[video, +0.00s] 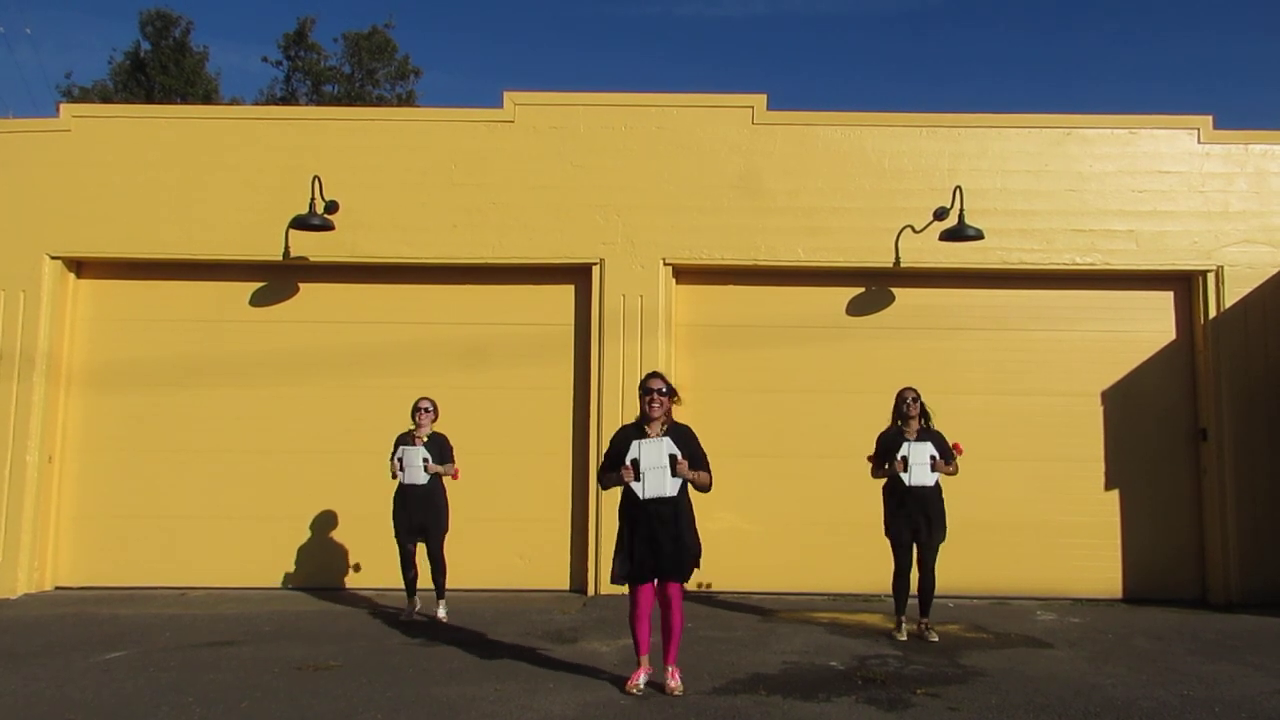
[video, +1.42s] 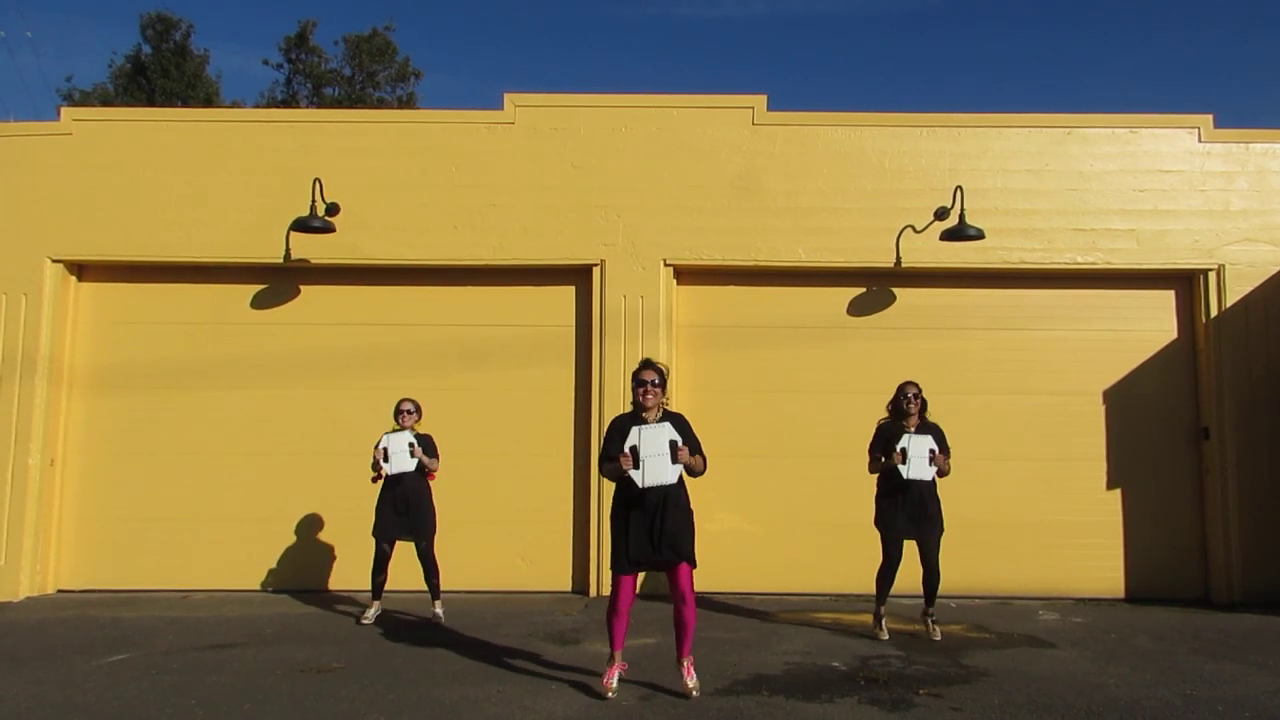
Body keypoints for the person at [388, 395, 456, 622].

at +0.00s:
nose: (422, 414)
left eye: (427, 410)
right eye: (418, 410)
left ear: (434, 415)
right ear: (413, 415)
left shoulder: (441, 440)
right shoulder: (403, 439)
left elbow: (452, 468)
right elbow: (394, 469)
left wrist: (437, 469)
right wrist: (395, 466)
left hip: (433, 501)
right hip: (406, 500)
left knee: (435, 553)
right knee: (406, 553)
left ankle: (441, 602)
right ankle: (412, 600)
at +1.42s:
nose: (404, 416)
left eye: (409, 412)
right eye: (401, 412)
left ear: (417, 415)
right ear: (395, 416)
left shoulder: (424, 440)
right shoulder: (387, 440)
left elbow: (434, 466)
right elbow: (376, 472)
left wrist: (421, 456)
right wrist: (377, 461)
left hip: (419, 503)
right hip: (390, 502)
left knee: (425, 553)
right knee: (381, 554)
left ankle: (436, 603)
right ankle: (375, 603)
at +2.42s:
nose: (413, 417)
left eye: (418, 413)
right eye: (408, 414)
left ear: (426, 418)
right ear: (402, 419)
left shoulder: (432, 441)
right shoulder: (396, 446)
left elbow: (439, 449)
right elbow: (385, 473)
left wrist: (430, 435)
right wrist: (372, 485)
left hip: (428, 505)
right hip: (399, 505)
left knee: (431, 557)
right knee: (386, 554)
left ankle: (439, 610)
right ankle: (376, 600)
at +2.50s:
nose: (416, 417)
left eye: (420, 413)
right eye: (411, 414)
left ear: (428, 416)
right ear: (407, 419)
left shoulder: (437, 437)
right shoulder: (401, 446)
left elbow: (447, 429)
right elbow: (389, 480)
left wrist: (451, 411)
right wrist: (370, 499)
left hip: (431, 503)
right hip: (402, 503)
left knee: (433, 558)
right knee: (384, 554)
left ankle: (439, 612)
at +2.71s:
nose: (418, 418)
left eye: (422, 414)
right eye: (414, 415)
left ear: (429, 418)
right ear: (407, 420)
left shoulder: (436, 440)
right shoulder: (402, 448)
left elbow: (450, 432)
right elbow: (391, 477)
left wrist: (449, 414)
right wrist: (373, 494)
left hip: (434, 505)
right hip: (406, 505)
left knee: (437, 558)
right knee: (381, 550)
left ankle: (445, 612)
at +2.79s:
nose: (413, 418)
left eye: (418, 415)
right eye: (409, 415)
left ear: (427, 418)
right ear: (404, 420)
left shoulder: (435, 439)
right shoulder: (400, 447)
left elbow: (443, 445)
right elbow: (389, 469)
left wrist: (429, 439)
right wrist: (378, 480)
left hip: (432, 504)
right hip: (404, 504)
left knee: (436, 556)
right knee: (385, 552)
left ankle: (447, 609)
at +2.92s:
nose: (412, 431)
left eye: (417, 427)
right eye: (408, 428)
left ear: (424, 432)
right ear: (403, 432)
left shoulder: (430, 457)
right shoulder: (396, 457)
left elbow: (439, 476)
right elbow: (385, 484)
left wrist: (427, 472)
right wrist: (380, 474)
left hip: (428, 516)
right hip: (400, 515)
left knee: (433, 569)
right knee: (389, 567)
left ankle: (448, 616)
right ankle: (389, 615)